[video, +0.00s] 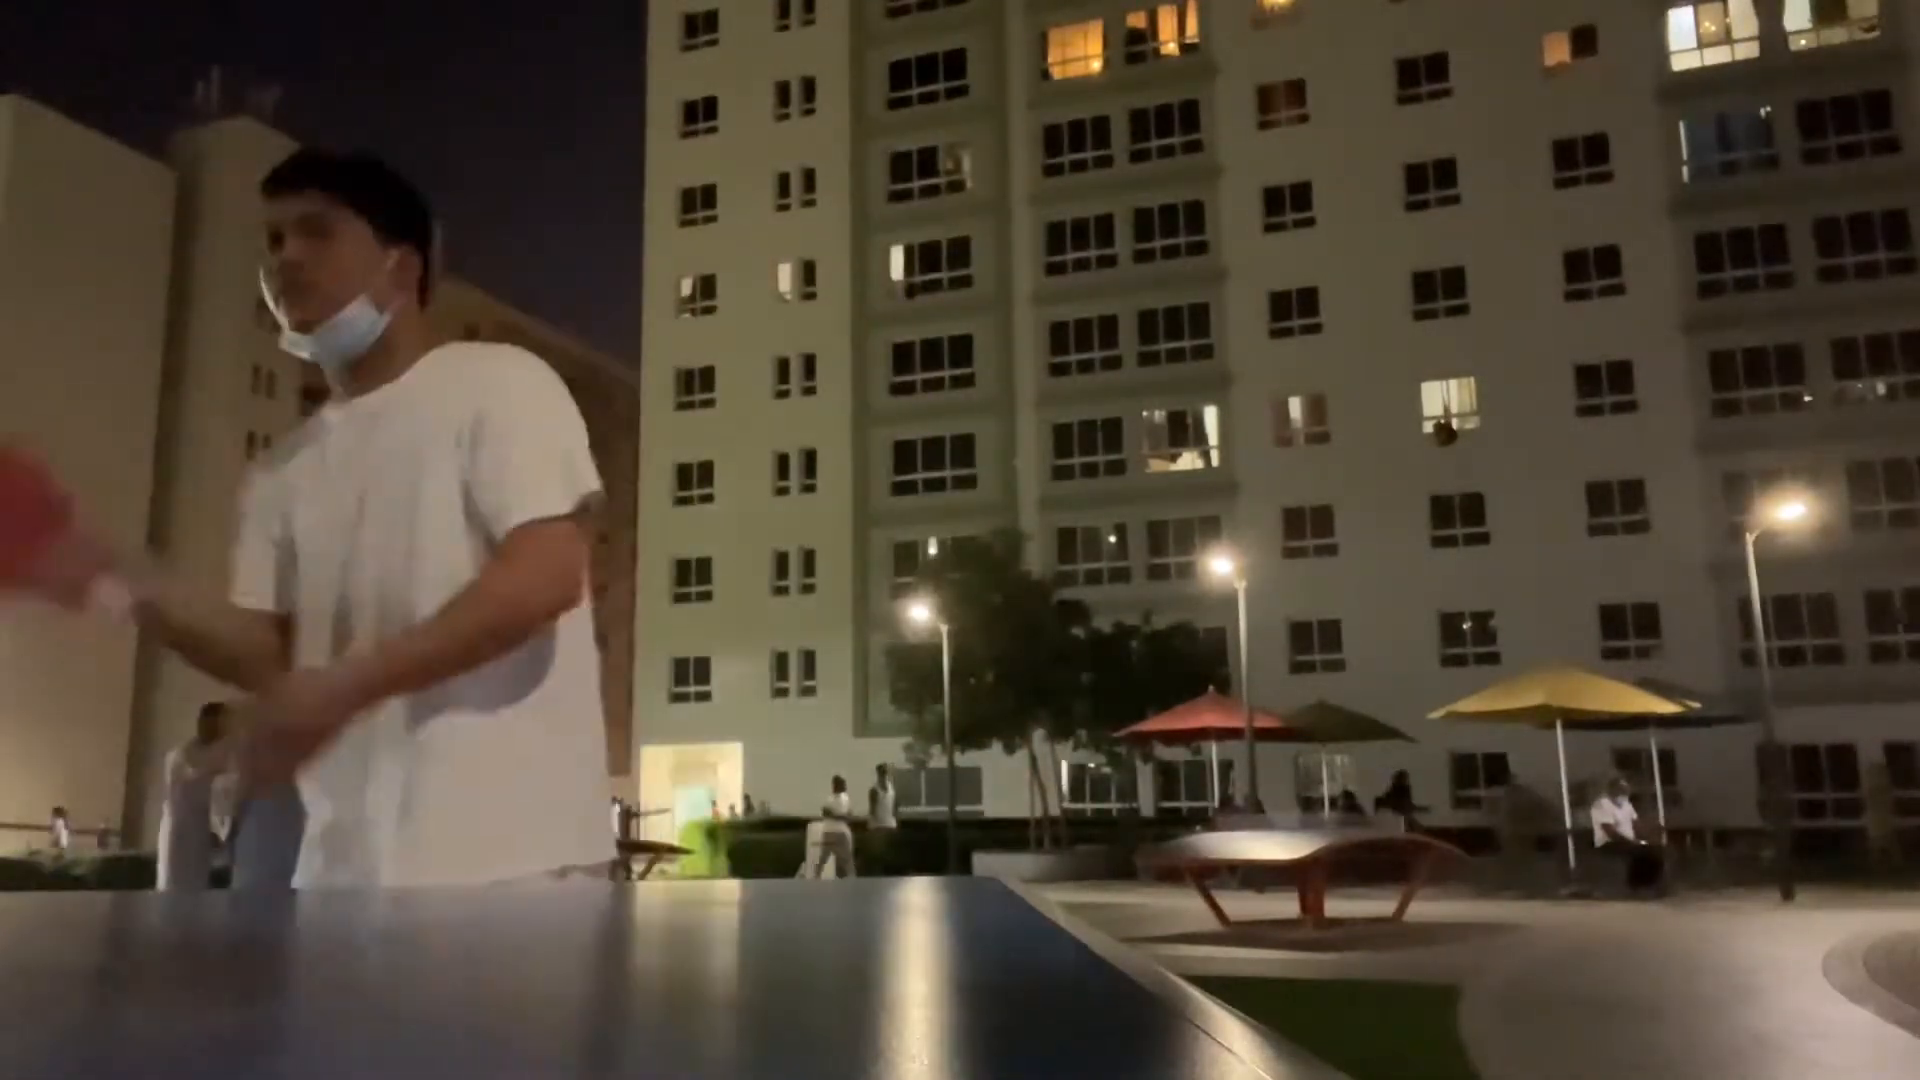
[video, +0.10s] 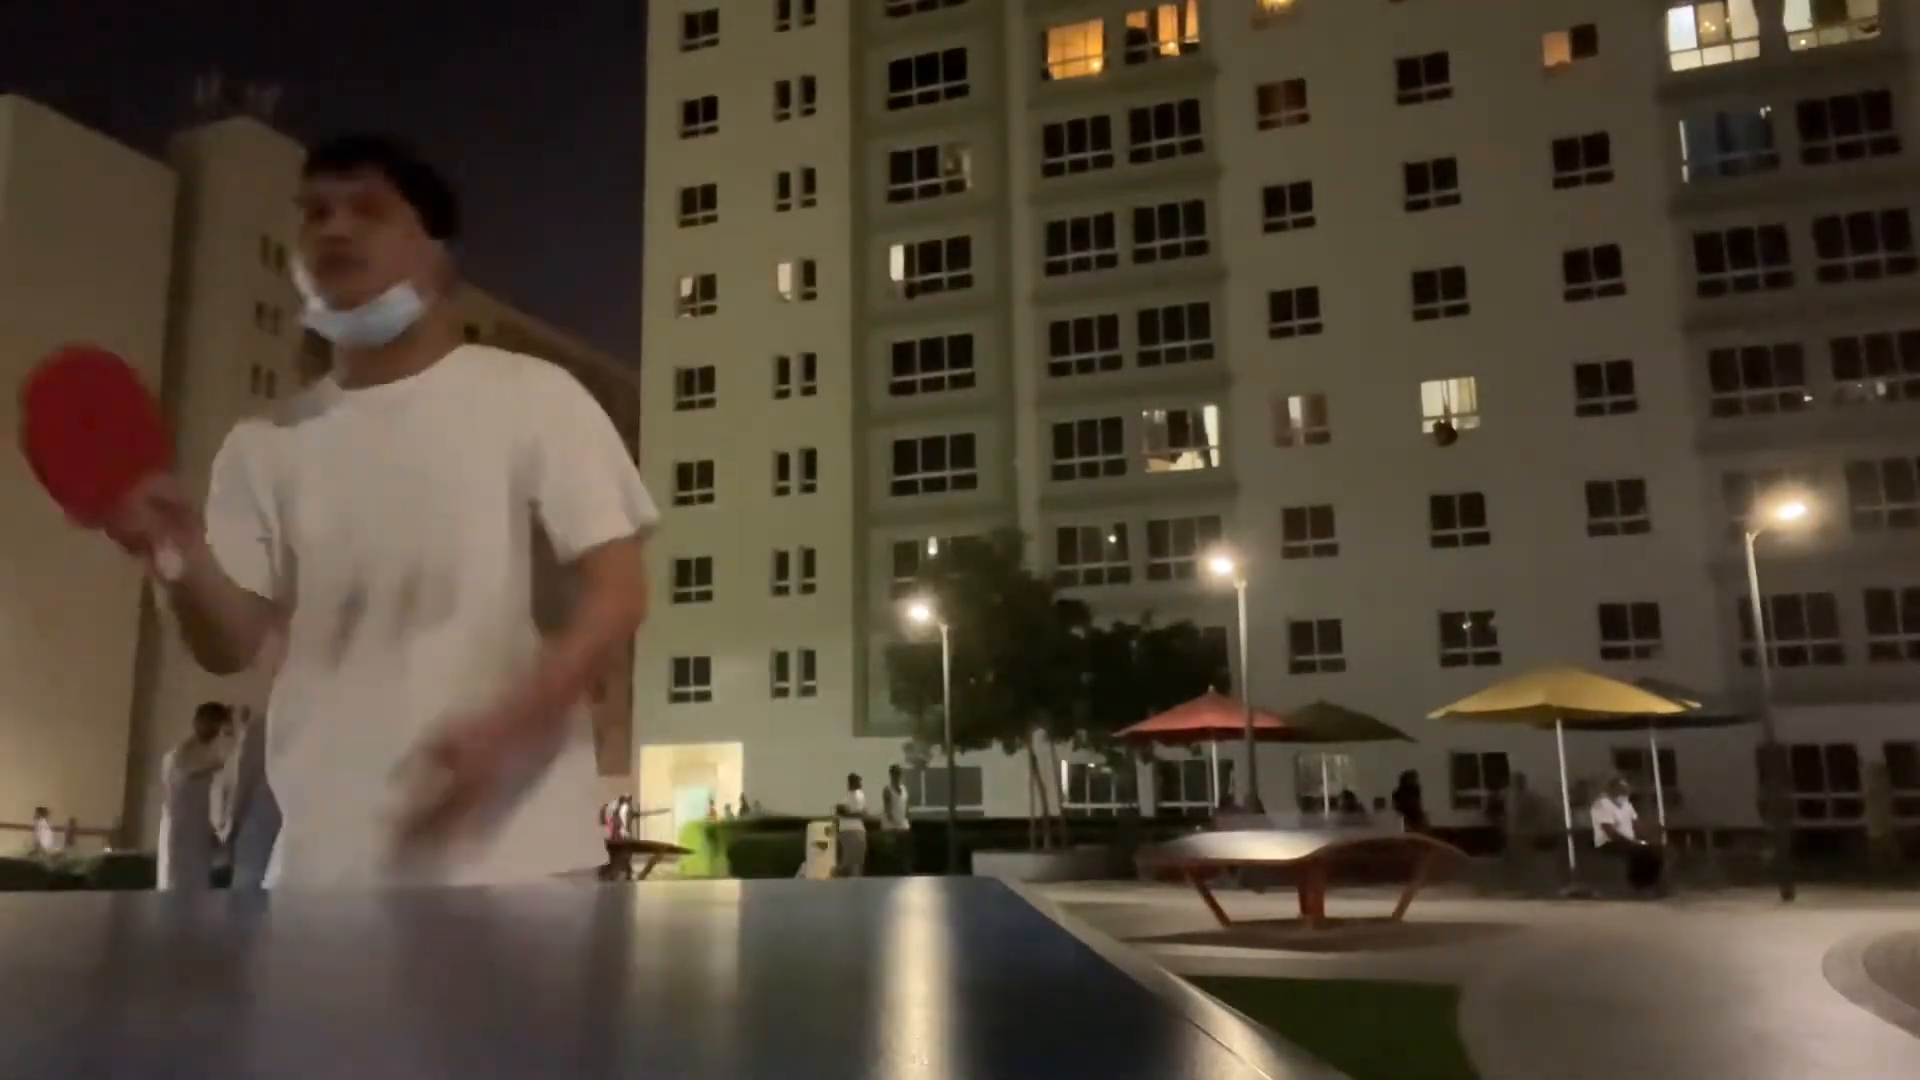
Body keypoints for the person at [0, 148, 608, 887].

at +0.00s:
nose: (284, 261)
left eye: (316, 233)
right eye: (274, 242)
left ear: (401, 266)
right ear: (260, 277)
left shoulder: (497, 385)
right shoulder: (281, 474)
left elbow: (548, 571)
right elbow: (265, 656)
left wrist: (342, 688)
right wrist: (123, 582)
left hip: (512, 869)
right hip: (347, 880)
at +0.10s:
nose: (336, 231)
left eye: (369, 210)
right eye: (315, 214)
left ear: (435, 249)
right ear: (296, 253)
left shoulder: (534, 403)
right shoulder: (263, 449)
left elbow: (616, 595)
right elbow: (231, 647)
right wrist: (181, 559)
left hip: (515, 868)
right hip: (329, 874)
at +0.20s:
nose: (397, 221)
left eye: (431, 200)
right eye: (374, 201)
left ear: (495, 251)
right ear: (349, 243)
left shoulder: (580, 416)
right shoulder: (292, 428)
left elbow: (665, 612)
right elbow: (252, 630)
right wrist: (190, 602)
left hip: (516, 862)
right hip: (330, 862)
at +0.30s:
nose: (399, 219)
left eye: (433, 198)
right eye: (375, 196)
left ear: (492, 250)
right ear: (346, 237)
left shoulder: (579, 415)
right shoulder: (282, 425)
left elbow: (670, 621)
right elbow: (233, 614)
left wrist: (683, 805)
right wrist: (179, 646)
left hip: (513, 868)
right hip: (310, 870)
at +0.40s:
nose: (349, 208)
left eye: (383, 188)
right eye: (327, 187)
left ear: (446, 238)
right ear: (296, 226)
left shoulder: (539, 413)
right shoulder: (227, 424)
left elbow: (646, 607)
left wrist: (666, 794)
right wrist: (118, 627)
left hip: (481, 876)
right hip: (269, 881)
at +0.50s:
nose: (345, 212)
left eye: (380, 191)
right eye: (321, 190)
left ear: (446, 240)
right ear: (291, 228)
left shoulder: (534, 417)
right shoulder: (211, 417)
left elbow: (635, 612)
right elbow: (63, 604)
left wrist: (636, 803)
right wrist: (133, 616)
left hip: (472, 868)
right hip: (258, 871)